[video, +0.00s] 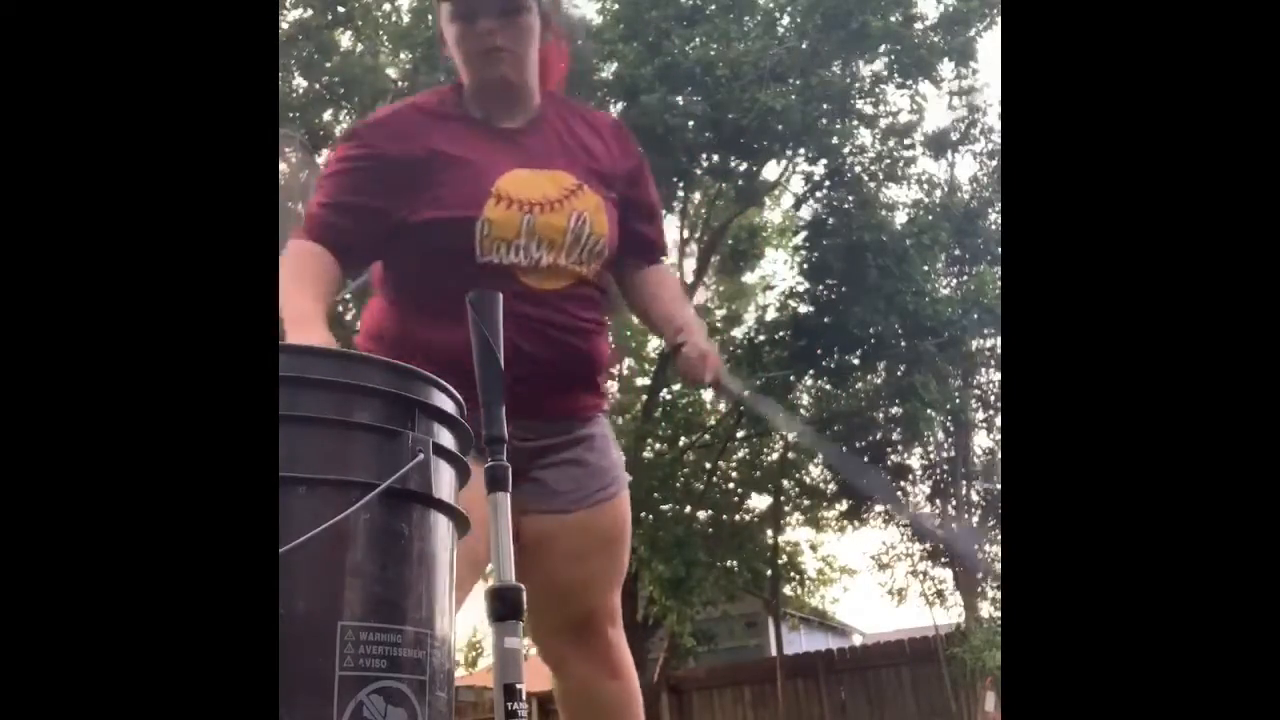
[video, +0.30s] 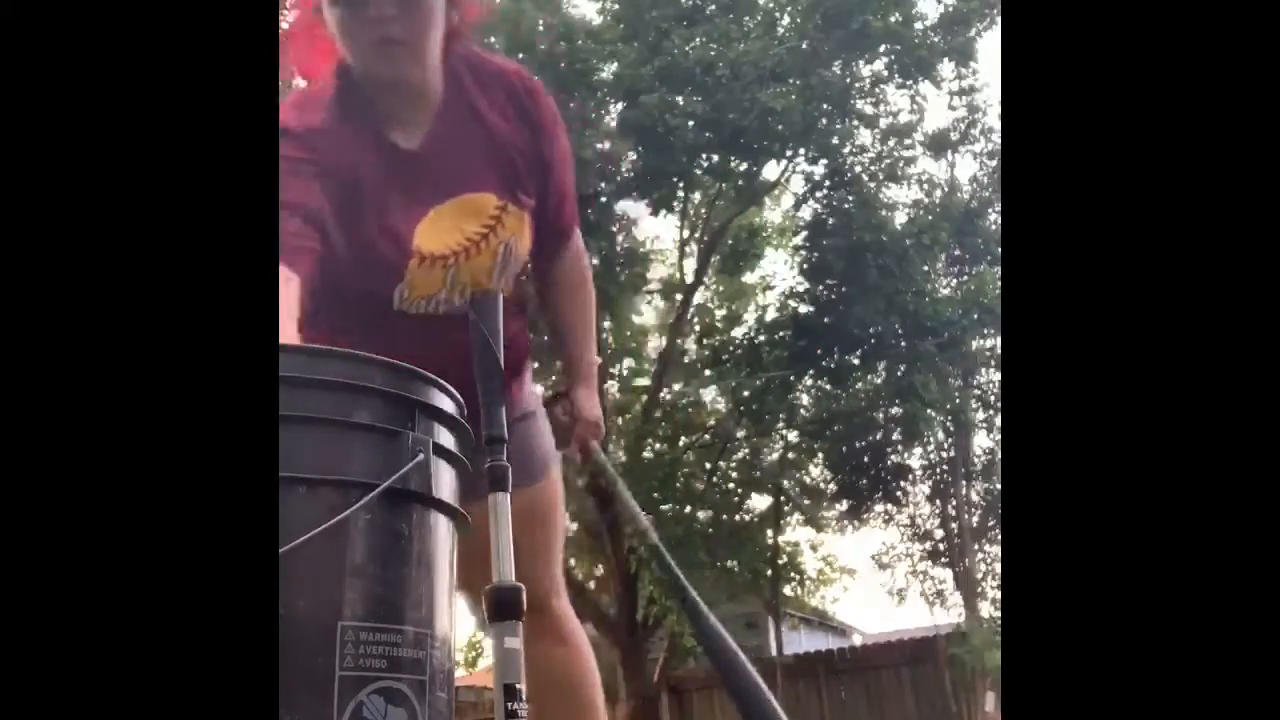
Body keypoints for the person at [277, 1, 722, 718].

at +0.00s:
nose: (491, 29)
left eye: (509, 11)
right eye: (470, 15)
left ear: (541, 21)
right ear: (445, 32)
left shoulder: (605, 142)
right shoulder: (396, 138)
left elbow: (642, 261)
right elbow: (311, 256)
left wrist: (687, 328)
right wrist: (315, 356)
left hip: (568, 432)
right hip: (433, 432)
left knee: (593, 639)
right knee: (397, 633)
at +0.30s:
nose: (384, 13)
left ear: (449, 8)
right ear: (328, 16)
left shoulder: (516, 98)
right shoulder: (309, 127)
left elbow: (561, 246)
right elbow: (285, 269)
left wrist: (583, 379)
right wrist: (294, 389)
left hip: (498, 399)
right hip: (362, 407)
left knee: (539, 611)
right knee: (364, 622)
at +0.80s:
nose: (465, 18)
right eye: (433, 3)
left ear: (513, 13)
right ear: (392, 28)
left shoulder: (555, 113)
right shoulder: (349, 143)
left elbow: (588, 248)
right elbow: (300, 244)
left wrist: (640, 358)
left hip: (518, 403)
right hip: (387, 412)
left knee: (589, 614)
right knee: (374, 634)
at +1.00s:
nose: (541, 27)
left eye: (556, 7)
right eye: (515, 10)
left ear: (581, 22)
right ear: (479, 30)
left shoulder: (625, 148)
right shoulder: (421, 133)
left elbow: (651, 273)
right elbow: (316, 256)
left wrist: (691, 375)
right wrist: (343, 214)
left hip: (578, 428)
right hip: (440, 425)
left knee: (632, 642)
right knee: (410, 646)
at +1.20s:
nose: (584, 42)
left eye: (603, 26)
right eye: (564, 27)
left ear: (630, 43)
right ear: (536, 45)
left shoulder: (671, 156)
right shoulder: (490, 136)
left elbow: (705, 281)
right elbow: (398, 208)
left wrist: (729, 389)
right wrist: (421, 205)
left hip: (632, 426)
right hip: (496, 417)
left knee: (650, 631)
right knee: (460, 607)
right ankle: (390, 707)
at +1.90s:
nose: (486, 90)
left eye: (502, 77)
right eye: (467, 80)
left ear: (528, 92)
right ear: (445, 98)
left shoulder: (587, 192)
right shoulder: (400, 199)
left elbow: (662, 280)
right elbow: (364, 291)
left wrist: (672, 356)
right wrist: (414, 324)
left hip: (573, 440)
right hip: (450, 446)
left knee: (601, 621)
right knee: (426, 645)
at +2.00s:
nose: (455, 97)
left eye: (471, 84)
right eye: (437, 88)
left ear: (497, 101)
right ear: (416, 111)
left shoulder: (555, 194)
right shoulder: (370, 215)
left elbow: (639, 272)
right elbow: (347, 325)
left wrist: (615, 356)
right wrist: (380, 412)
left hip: (556, 442)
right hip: (433, 451)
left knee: (591, 623)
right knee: (410, 642)